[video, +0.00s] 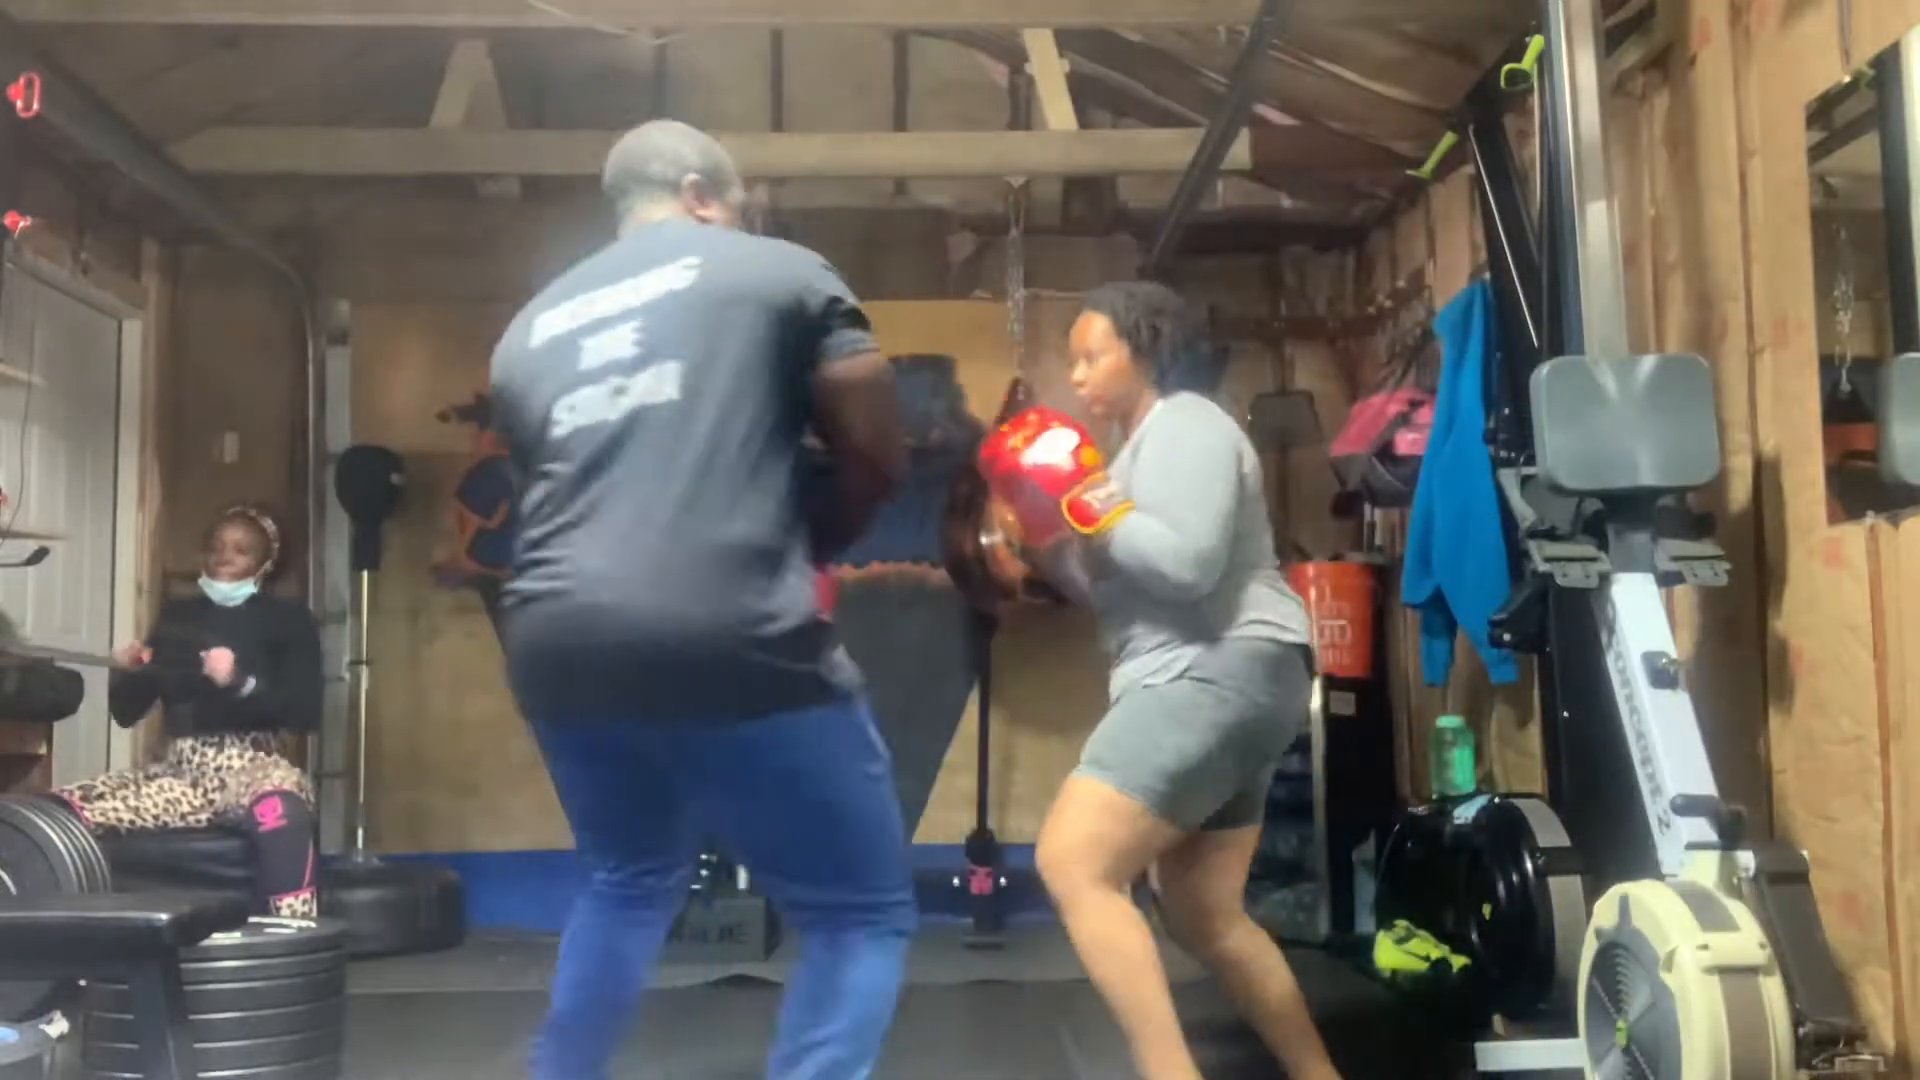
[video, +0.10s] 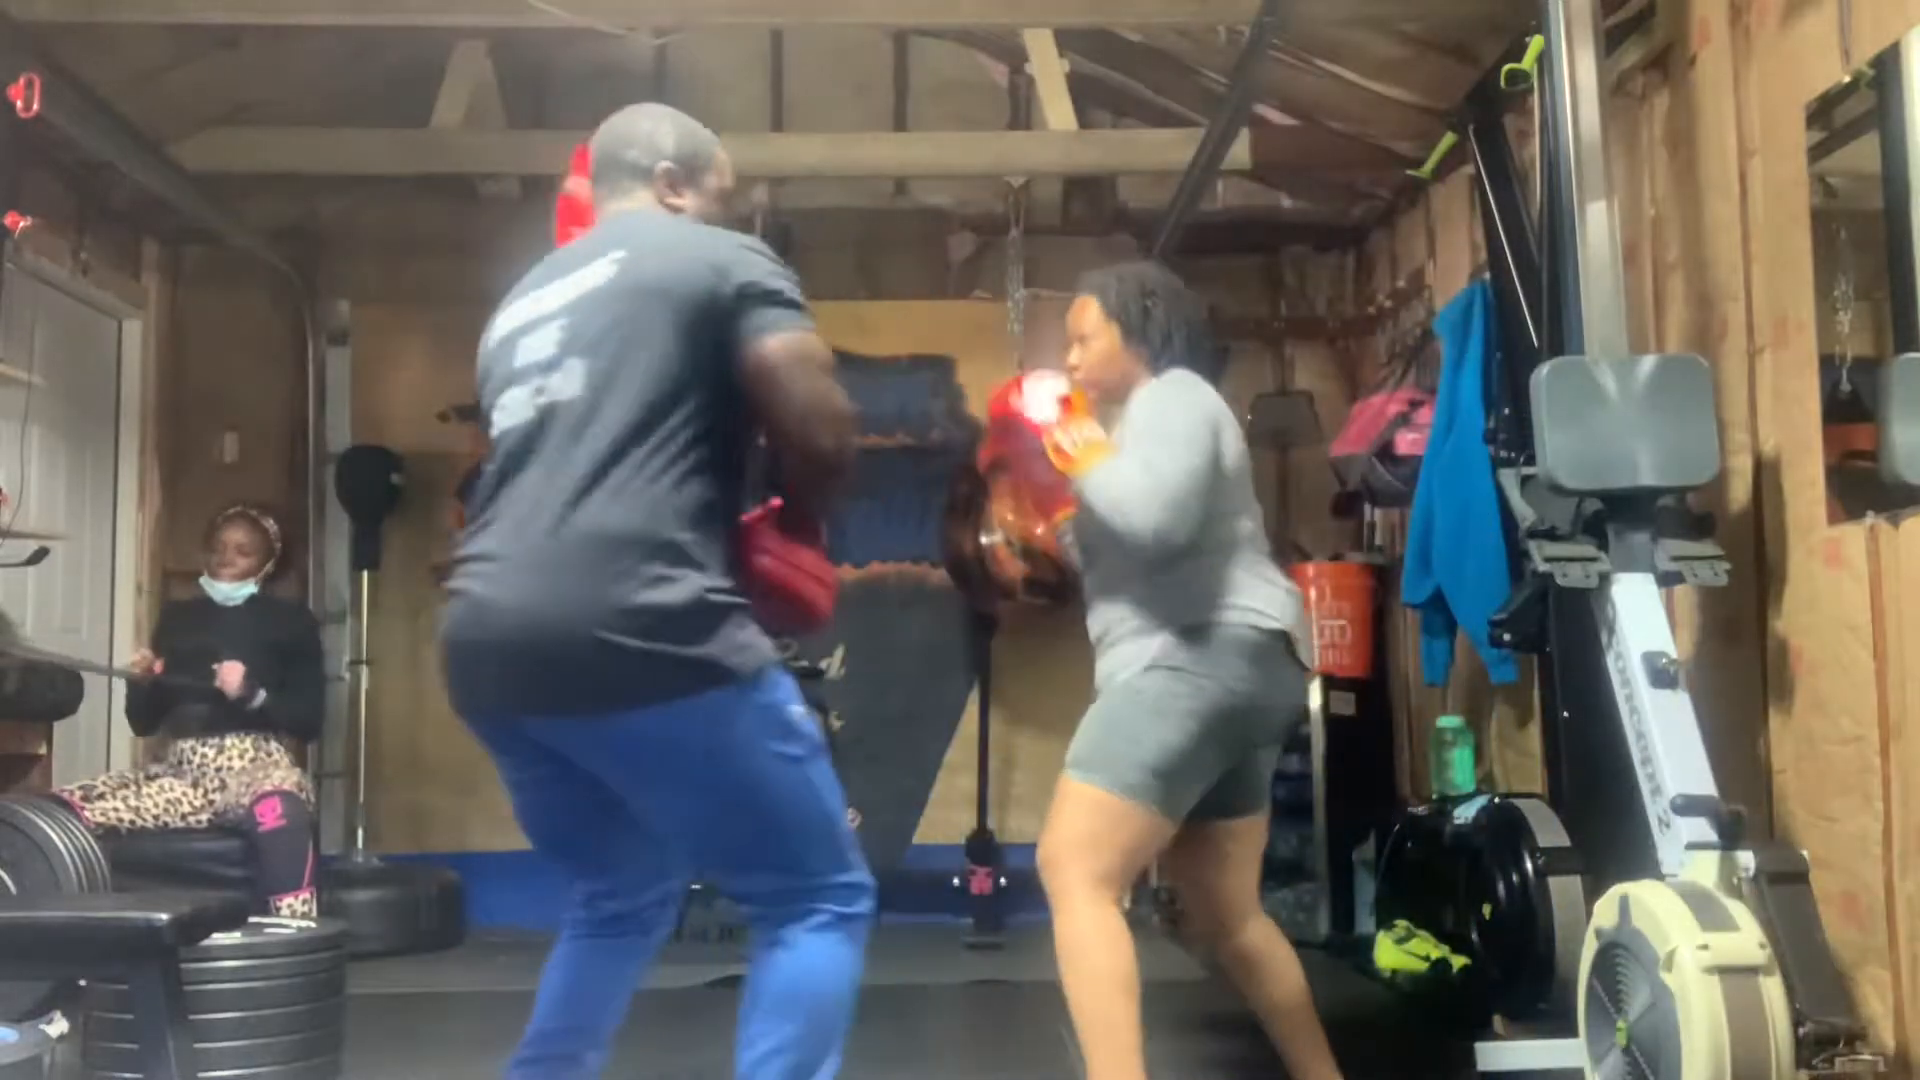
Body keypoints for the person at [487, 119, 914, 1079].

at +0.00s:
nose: (741, 221)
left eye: (736, 209)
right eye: (735, 206)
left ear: (618, 208)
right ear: (699, 195)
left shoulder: (527, 326)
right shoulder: (785, 274)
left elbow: (546, 491)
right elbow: (876, 461)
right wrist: (792, 542)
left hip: (558, 635)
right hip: (734, 629)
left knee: (627, 876)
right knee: (858, 914)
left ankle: (557, 1069)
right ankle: (808, 1071)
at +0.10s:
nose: (728, 211)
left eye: (727, 196)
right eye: (721, 195)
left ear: (604, 187)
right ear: (674, 186)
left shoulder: (521, 297)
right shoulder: (725, 259)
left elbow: (524, 470)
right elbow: (821, 432)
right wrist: (797, 519)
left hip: (488, 634)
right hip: (646, 625)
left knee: (620, 895)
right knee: (818, 902)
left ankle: (540, 1073)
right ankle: (774, 1073)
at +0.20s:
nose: (716, 198)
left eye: (716, 176)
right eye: (705, 177)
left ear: (596, 170)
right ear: (652, 166)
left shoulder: (527, 255)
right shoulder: (662, 239)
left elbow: (545, 431)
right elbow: (736, 406)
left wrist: (697, 504)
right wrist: (774, 494)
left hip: (420, 604)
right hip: (560, 591)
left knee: (579, 890)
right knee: (748, 884)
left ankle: (523, 1073)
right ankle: (709, 1070)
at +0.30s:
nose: (680, 169)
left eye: (679, 148)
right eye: (669, 148)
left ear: (559, 139)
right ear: (613, 139)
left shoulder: (500, 225)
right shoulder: (599, 216)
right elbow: (658, 390)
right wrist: (733, 479)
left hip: (374, 591)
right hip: (495, 578)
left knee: (531, 893)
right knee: (672, 882)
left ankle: (503, 1071)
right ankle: (553, 1069)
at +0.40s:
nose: (635, 158)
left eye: (636, 134)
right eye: (626, 132)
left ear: (523, 118)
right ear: (562, 116)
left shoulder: (457, 204)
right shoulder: (545, 202)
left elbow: (498, 402)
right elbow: (602, 376)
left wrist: (653, 330)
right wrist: (689, 466)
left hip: (371, 588)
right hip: (447, 589)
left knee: (514, 903)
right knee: (555, 919)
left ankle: (493, 1065)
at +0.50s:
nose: (596, 144)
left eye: (598, 122)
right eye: (587, 119)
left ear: (472, 107)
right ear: (521, 111)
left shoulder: (422, 197)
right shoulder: (502, 194)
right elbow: (556, 376)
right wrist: (653, 460)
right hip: (390, 605)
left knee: (520, 889)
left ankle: (492, 1070)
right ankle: (189, 1073)